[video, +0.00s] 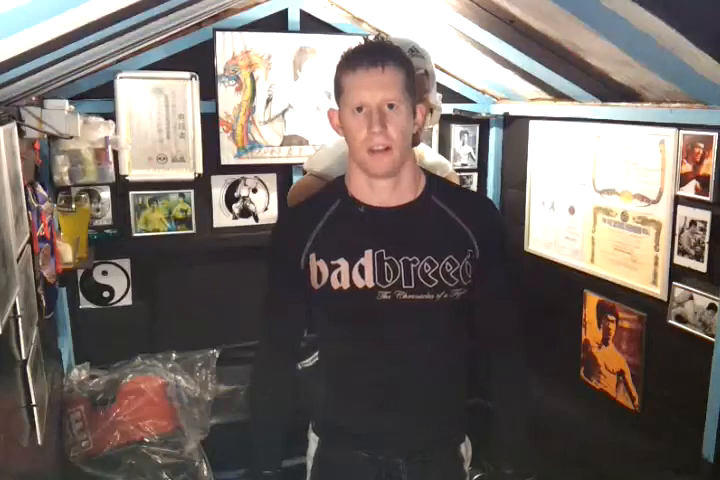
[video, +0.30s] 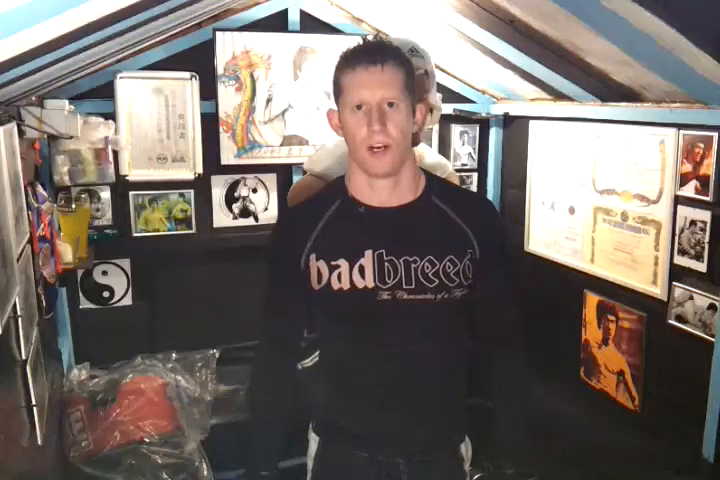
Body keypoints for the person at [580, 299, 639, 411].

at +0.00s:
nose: (610, 326)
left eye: (613, 322)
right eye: (607, 321)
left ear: (616, 326)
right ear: (600, 323)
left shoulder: (620, 360)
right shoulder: (589, 345)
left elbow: (633, 394)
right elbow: (579, 373)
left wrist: (636, 405)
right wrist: (592, 385)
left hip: (609, 402)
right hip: (588, 398)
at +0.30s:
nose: (610, 326)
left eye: (613, 322)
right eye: (607, 321)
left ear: (616, 326)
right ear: (600, 323)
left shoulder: (620, 360)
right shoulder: (589, 345)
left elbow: (633, 394)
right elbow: (579, 373)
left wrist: (636, 405)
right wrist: (592, 385)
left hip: (609, 402)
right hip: (588, 397)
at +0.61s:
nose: (610, 326)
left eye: (613, 322)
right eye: (607, 320)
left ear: (616, 326)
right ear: (600, 323)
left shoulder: (620, 361)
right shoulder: (589, 345)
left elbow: (634, 395)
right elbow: (579, 374)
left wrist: (636, 406)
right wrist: (593, 387)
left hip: (609, 402)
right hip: (588, 398)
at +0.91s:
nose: (610, 326)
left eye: (613, 322)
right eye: (607, 321)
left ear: (616, 326)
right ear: (601, 324)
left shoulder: (620, 360)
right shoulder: (589, 344)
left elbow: (634, 395)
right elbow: (579, 371)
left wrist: (636, 404)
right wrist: (589, 382)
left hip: (609, 402)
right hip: (588, 397)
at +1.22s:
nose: (610, 326)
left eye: (613, 322)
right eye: (607, 321)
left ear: (616, 326)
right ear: (601, 324)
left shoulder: (620, 360)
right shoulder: (589, 344)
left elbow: (634, 395)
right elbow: (579, 371)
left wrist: (636, 404)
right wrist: (589, 382)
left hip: (609, 402)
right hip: (588, 397)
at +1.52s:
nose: (610, 326)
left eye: (613, 322)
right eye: (607, 321)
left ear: (616, 326)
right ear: (601, 324)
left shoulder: (620, 360)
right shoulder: (589, 344)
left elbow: (634, 395)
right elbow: (579, 371)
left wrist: (636, 404)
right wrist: (589, 382)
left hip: (609, 402)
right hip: (588, 397)